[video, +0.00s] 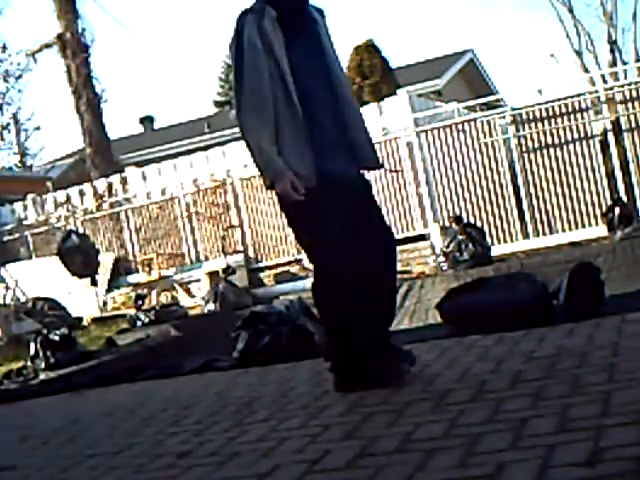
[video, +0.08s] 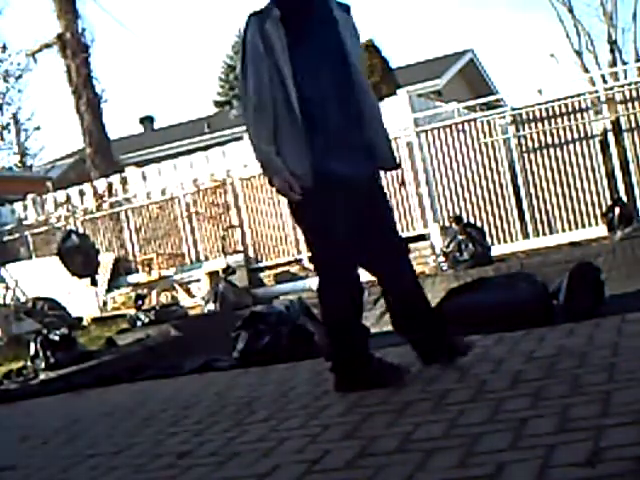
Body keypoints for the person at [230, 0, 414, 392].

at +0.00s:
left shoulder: (314, 17)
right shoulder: (254, 23)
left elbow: (329, 91)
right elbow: (250, 111)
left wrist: (355, 153)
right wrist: (275, 169)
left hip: (341, 169)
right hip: (303, 176)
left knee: (379, 248)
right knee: (337, 263)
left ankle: (377, 347)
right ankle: (353, 369)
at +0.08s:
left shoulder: (339, 14)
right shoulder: (261, 26)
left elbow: (358, 84)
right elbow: (255, 105)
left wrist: (379, 148)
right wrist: (272, 165)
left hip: (358, 167)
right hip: (310, 175)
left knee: (393, 260)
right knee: (336, 274)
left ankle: (433, 342)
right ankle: (351, 367)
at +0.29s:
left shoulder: (383, 12)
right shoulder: (288, 26)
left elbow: (411, 80)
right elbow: (278, 99)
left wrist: (436, 135)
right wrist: (278, 161)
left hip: (390, 168)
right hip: (334, 177)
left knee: (425, 258)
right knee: (349, 275)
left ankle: (454, 345)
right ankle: (353, 365)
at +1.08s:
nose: (333, 1)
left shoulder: (385, 12)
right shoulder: (295, 35)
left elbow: (423, 72)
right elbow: (284, 109)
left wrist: (436, 125)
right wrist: (276, 174)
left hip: (393, 160)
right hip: (337, 171)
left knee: (416, 255)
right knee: (356, 267)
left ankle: (433, 350)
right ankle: (384, 361)